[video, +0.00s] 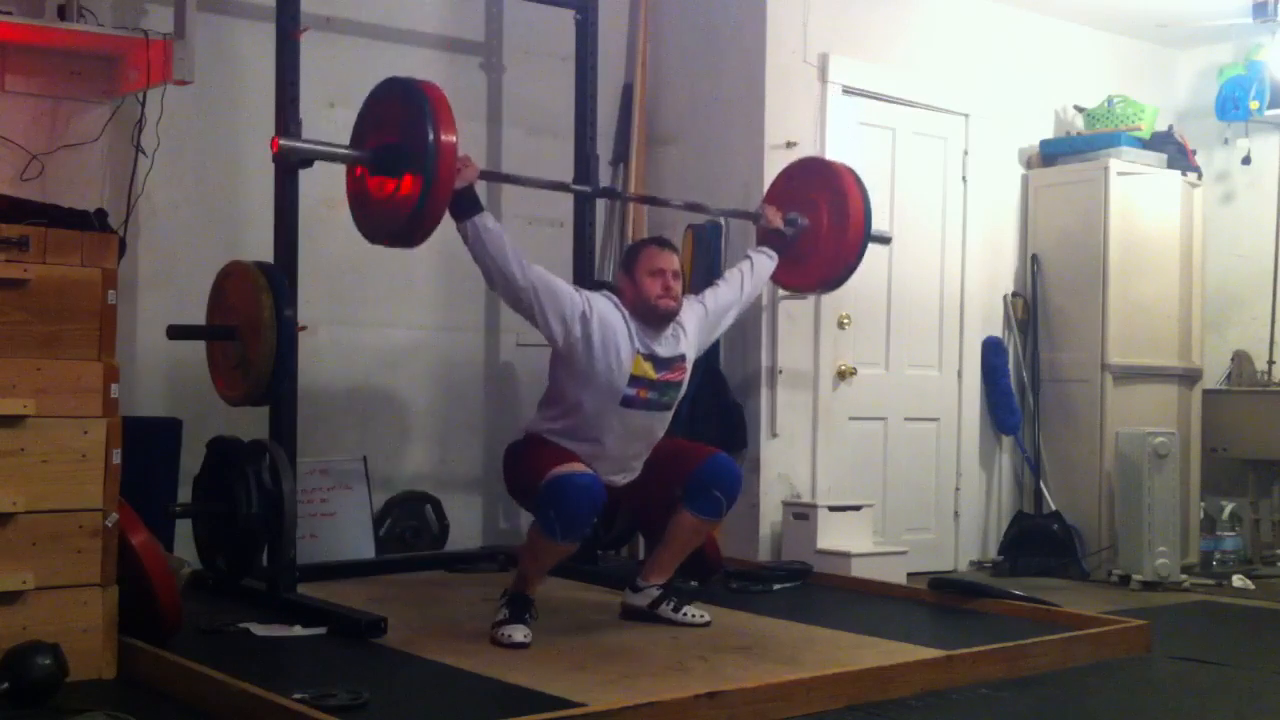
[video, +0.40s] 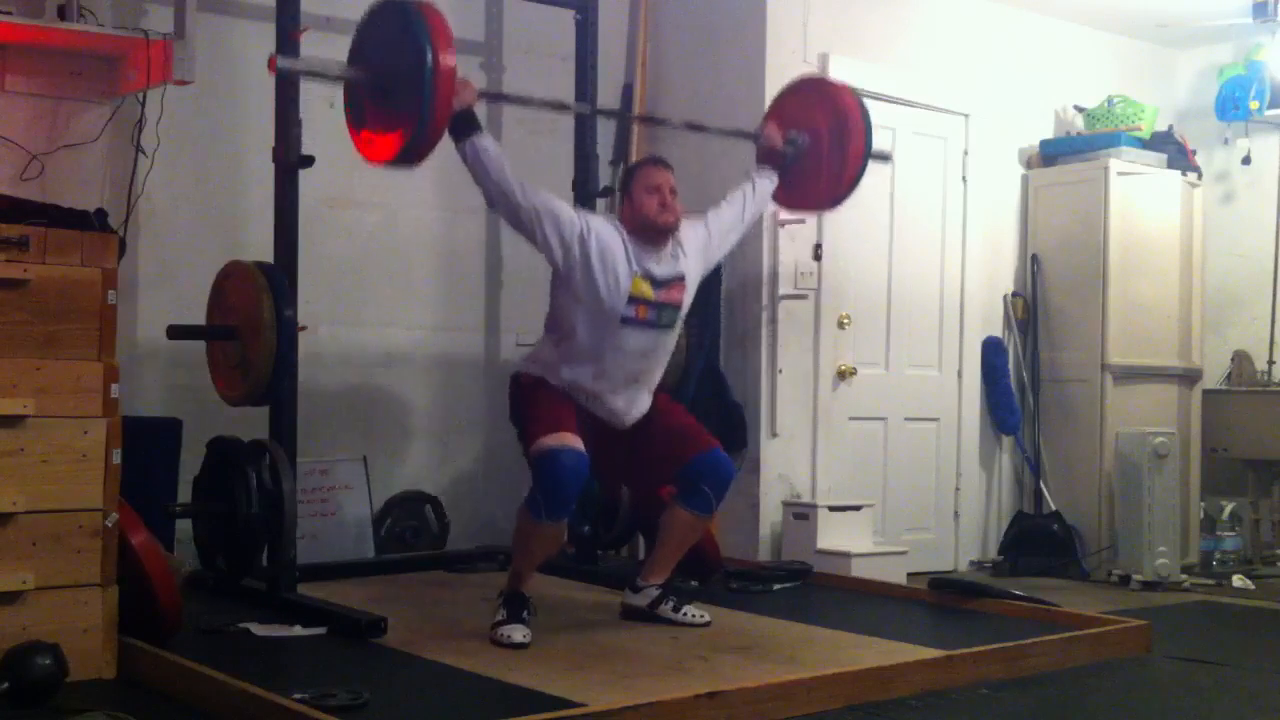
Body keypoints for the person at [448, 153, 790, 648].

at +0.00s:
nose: (670, 283)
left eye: (676, 276)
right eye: (657, 274)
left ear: (682, 285)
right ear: (624, 282)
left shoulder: (690, 326)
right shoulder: (588, 316)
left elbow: (737, 288)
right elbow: (516, 276)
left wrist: (771, 241)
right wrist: (465, 200)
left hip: (635, 460)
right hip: (553, 453)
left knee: (719, 474)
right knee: (579, 495)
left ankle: (648, 591)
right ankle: (519, 599)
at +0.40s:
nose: (667, 201)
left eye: (673, 193)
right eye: (653, 191)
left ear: (680, 206)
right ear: (623, 203)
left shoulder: (690, 248)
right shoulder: (587, 238)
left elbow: (740, 209)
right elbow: (511, 195)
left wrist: (771, 164)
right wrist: (463, 120)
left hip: (635, 401)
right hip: (557, 387)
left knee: (711, 470)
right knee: (565, 471)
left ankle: (648, 591)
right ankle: (515, 598)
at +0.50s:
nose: (666, 175)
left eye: (672, 167)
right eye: (652, 166)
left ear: (679, 180)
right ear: (621, 177)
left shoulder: (690, 224)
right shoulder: (585, 212)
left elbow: (742, 188)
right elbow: (512, 172)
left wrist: (772, 143)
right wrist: (466, 97)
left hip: (636, 388)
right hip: (558, 374)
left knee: (707, 468)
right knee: (564, 470)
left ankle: (648, 590)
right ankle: (515, 599)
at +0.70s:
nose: (667, 102)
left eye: (671, 93)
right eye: (653, 92)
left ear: (676, 104)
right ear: (624, 102)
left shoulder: (692, 155)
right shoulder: (590, 146)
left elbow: (740, 118)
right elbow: (519, 99)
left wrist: (775, 71)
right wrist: (471, 27)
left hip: (651, 335)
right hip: (574, 325)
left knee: (681, 454)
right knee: (580, 440)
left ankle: (647, 590)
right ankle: (524, 595)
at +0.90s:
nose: (657, 71)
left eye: (664, 63)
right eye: (644, 61)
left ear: (671, 69)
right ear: (613, 66)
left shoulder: (683, 118)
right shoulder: (578, 101)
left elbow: (733, 81)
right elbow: (507, 39)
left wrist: (768, 34)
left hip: (652, 309)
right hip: (576, 302)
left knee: (660, 452)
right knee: (576, 449)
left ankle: (647, 588)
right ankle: (557, 600)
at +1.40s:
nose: (622, 67)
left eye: (629, 60)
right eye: (609, 58)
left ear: (639, 72)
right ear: (582, 69)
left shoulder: (657, 138)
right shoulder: (555, 120)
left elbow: (716, 143)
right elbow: (473, 115)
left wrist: (763, 98)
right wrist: (460, 40)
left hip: (658, 311)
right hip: (584, 308)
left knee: (658, 457)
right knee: (577, 457)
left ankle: (649, 594)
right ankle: (559, 599)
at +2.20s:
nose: (700, 359)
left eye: (709, 349)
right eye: (694, 345)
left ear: (722, 337)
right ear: (672, 318)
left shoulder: (713, 343)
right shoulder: (608, 332)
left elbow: (746, 408)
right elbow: (536, 405)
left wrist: (783, 488)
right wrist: (485, 500)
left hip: (630, 371)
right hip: (543, 351)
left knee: (662, 459)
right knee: (569, 457)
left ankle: (644, 596)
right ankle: (556, 600)